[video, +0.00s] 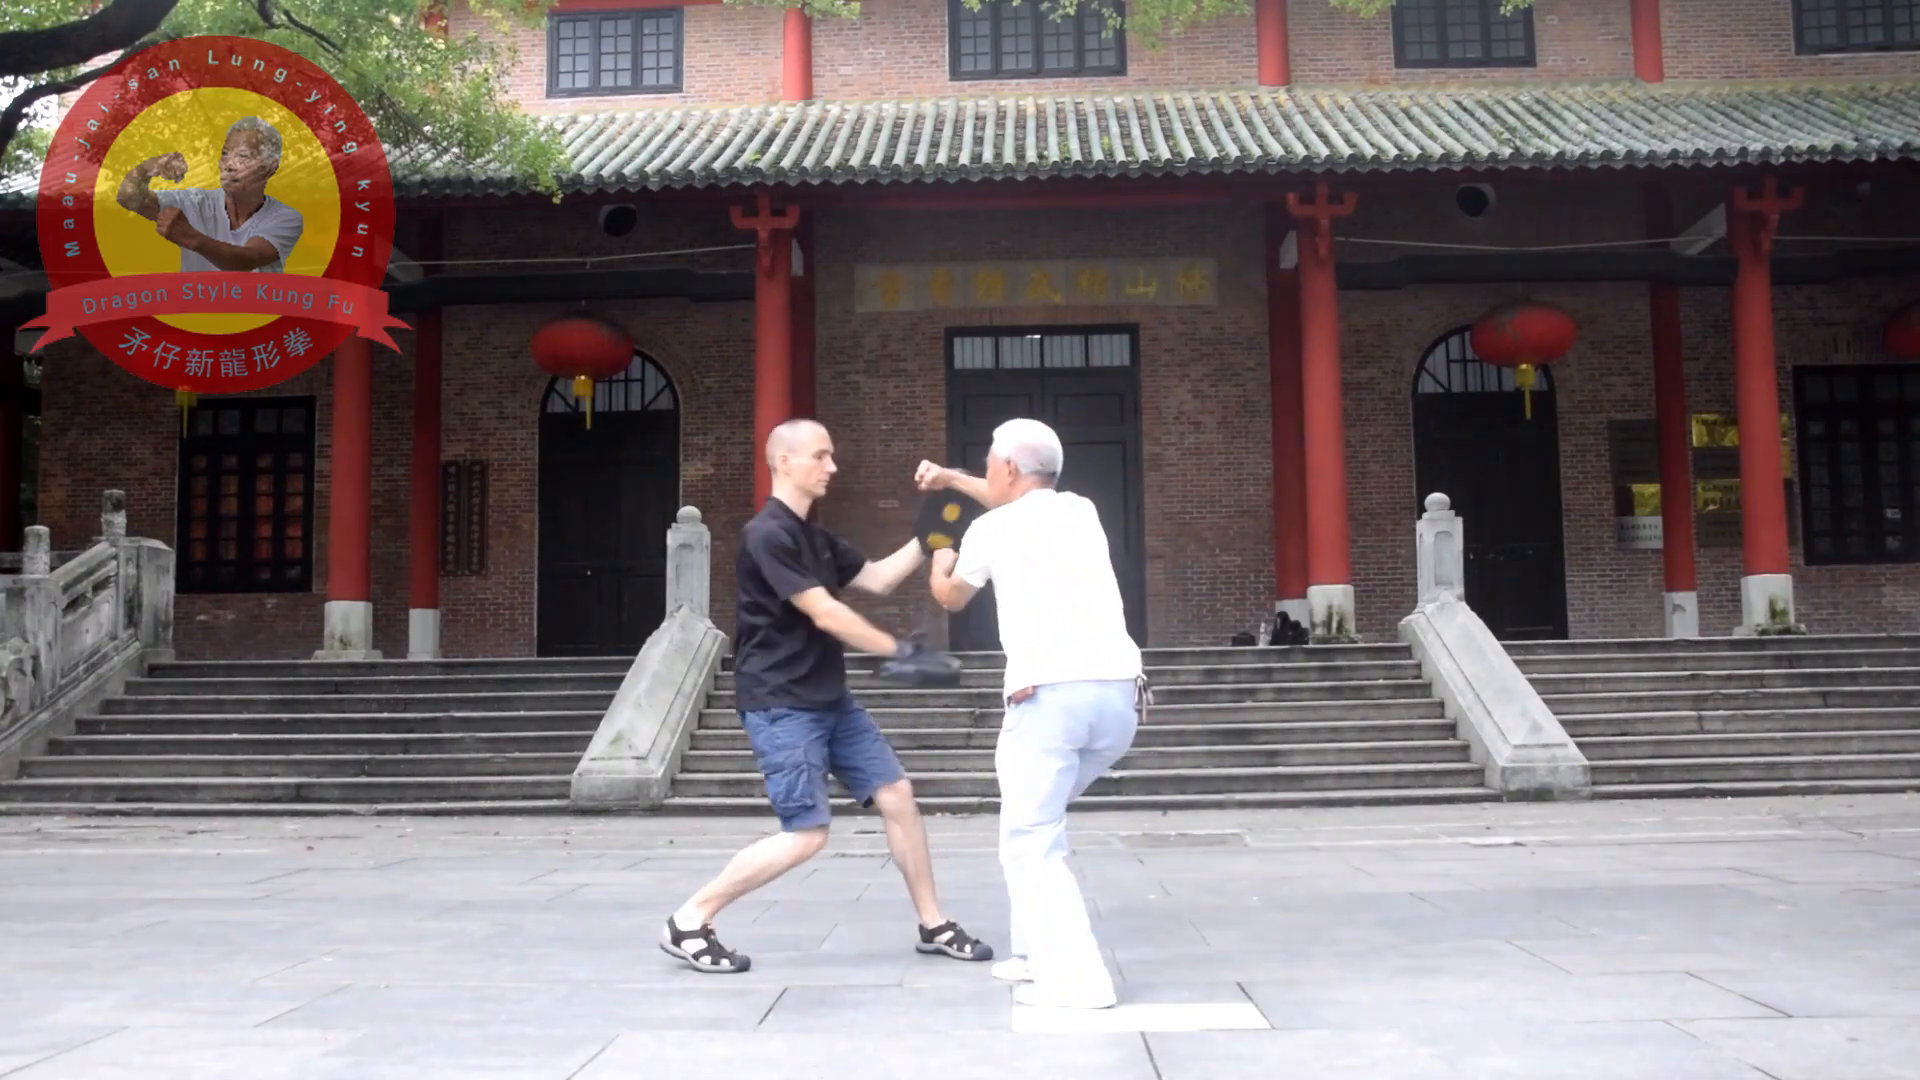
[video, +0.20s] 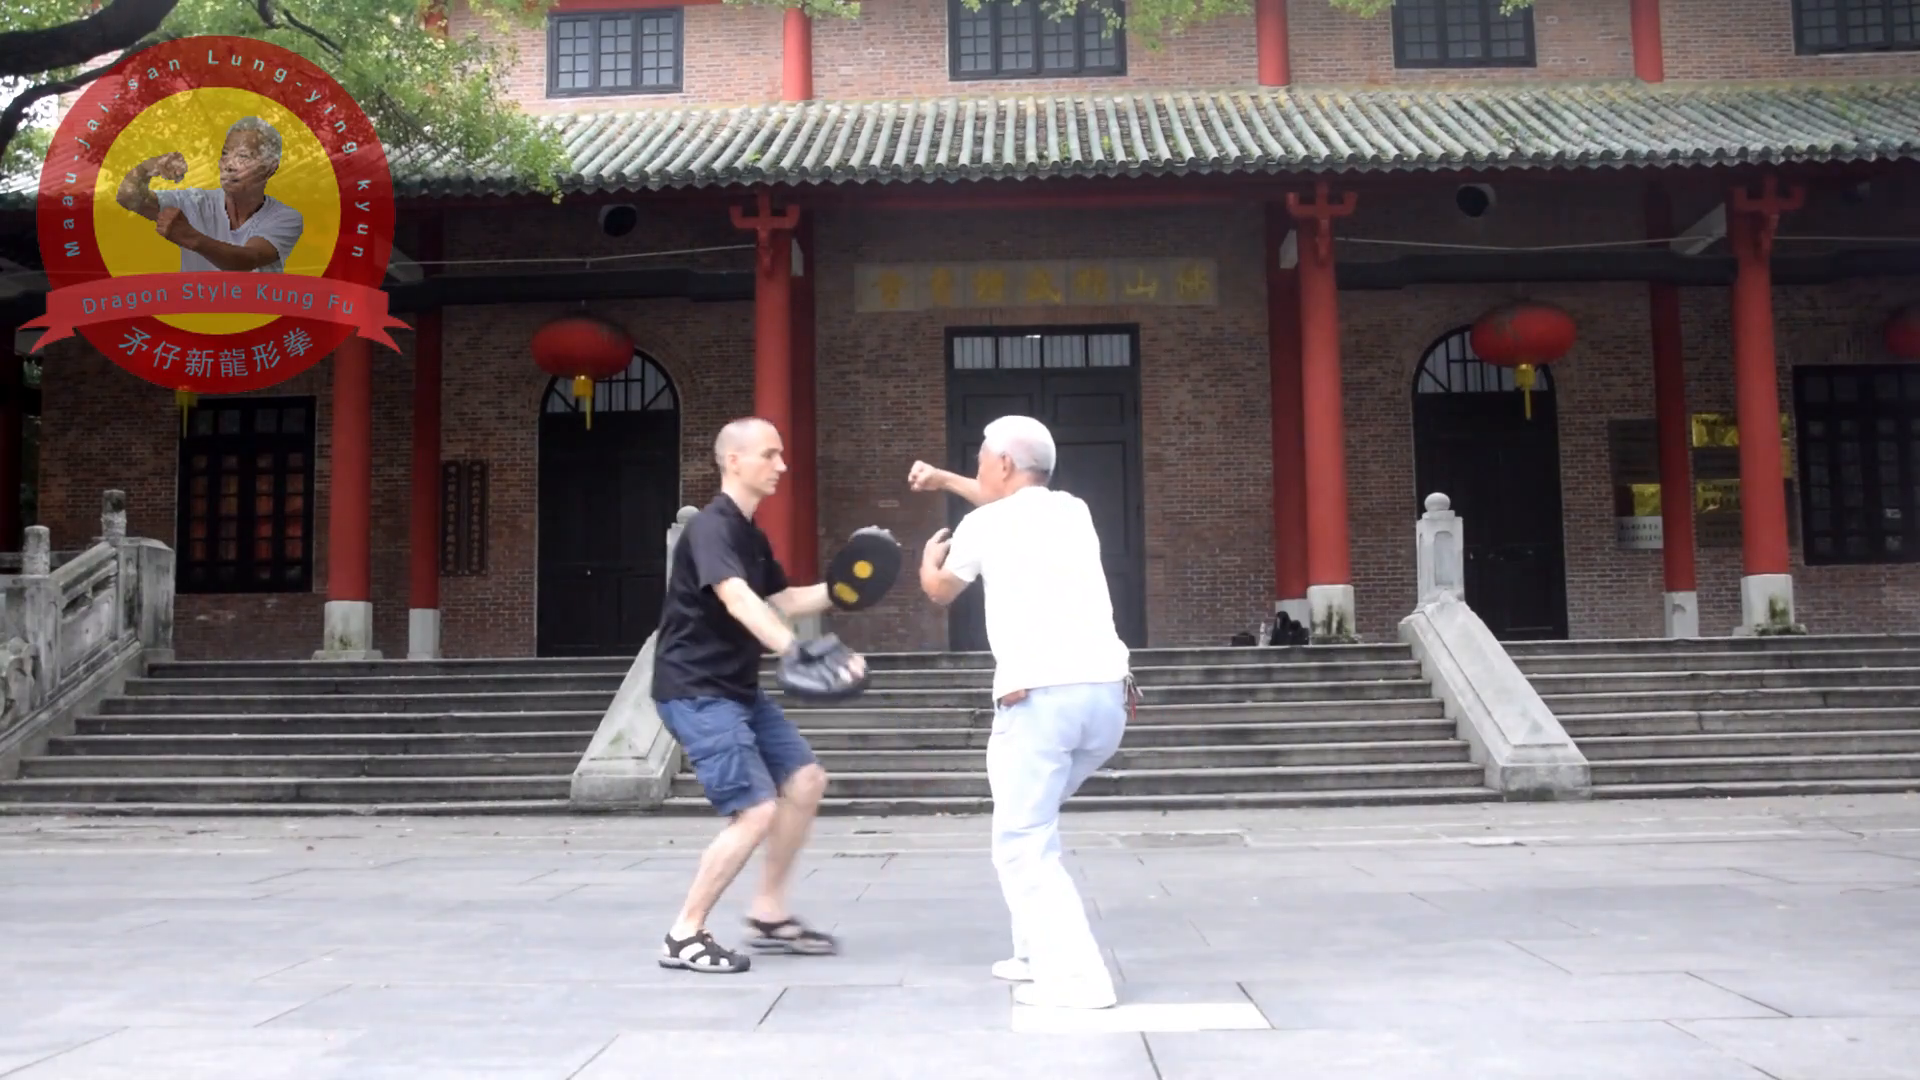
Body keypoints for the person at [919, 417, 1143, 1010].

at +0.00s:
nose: (985, 472)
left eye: (989, 463)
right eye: (987, 462)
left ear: (1009, 470)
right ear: (1048, 471)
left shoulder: (996, 525)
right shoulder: (1082, 510)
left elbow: (951, 596)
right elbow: (1009, 499)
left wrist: (940, 556)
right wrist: (951, 478)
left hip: (1047, 697)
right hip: (1119, 696)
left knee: (1030, 841)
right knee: (1035, 823)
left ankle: (1079, 980)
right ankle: (1035, 952)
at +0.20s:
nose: (976, 468)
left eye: (981, 457)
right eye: (979, 457)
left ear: (1004, 464)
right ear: (1040, 468)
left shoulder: (989, 519)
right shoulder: (1075, 510)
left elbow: (941, 589)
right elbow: (1007, 502)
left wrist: (929, 558)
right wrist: (944, 479)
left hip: (1038, 699)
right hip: (1107, 697)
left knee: (1021, 845)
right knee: (1030, 826)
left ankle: (1079, 980)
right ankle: (1038, 949)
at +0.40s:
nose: (963, 467)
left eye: (968, 457)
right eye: (966, 457)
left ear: (990, 464)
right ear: (1025, 467)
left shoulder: (975, 519)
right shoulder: (1061, 510)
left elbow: (923, 586)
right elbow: (988, 500)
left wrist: (906, 556)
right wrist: (927, 479)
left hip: (1031, 699)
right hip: (1100, 696)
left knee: (1017, 844)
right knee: (1027, 825)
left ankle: (1077, 980)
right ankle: (1035, 953)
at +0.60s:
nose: (942, 467)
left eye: (947, 456)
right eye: (944, 456)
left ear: (971, 461)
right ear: (1004, 464)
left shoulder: (956, 515)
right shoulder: (1040, 505)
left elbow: (900, 579)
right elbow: (967, 498)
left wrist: (881, 547)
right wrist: (908, 476)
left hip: (1024, 697)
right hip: (1090, 691)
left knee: (1004, 840)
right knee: (1032, 823)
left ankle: (1074, 971)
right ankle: (1044, 949)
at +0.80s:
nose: (923, 472)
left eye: (927, 462)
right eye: (925, 461)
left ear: (948, 471)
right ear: (983, 476)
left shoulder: (923, 525)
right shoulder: (1019, 518)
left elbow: (885, 601)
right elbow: (946, 511)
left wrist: (870, 575)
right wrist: (882, 491)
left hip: (985, 705)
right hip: (1049, 700)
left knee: (990, 857)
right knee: (994, 828)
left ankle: (1077, 970)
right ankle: (1003, 950)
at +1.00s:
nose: (869, 488)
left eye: (874, 478)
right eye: (871, 477)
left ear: (896, 486)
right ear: (924, 490)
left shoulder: (869, 533)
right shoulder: (969, 535)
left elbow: (803, 566)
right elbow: (989, 513)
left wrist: (798, 539)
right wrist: (938, 500)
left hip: (912, 725)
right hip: (962, 722)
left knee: (960, 859)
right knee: (844, 793)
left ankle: (1068, 964)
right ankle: (786, 911)